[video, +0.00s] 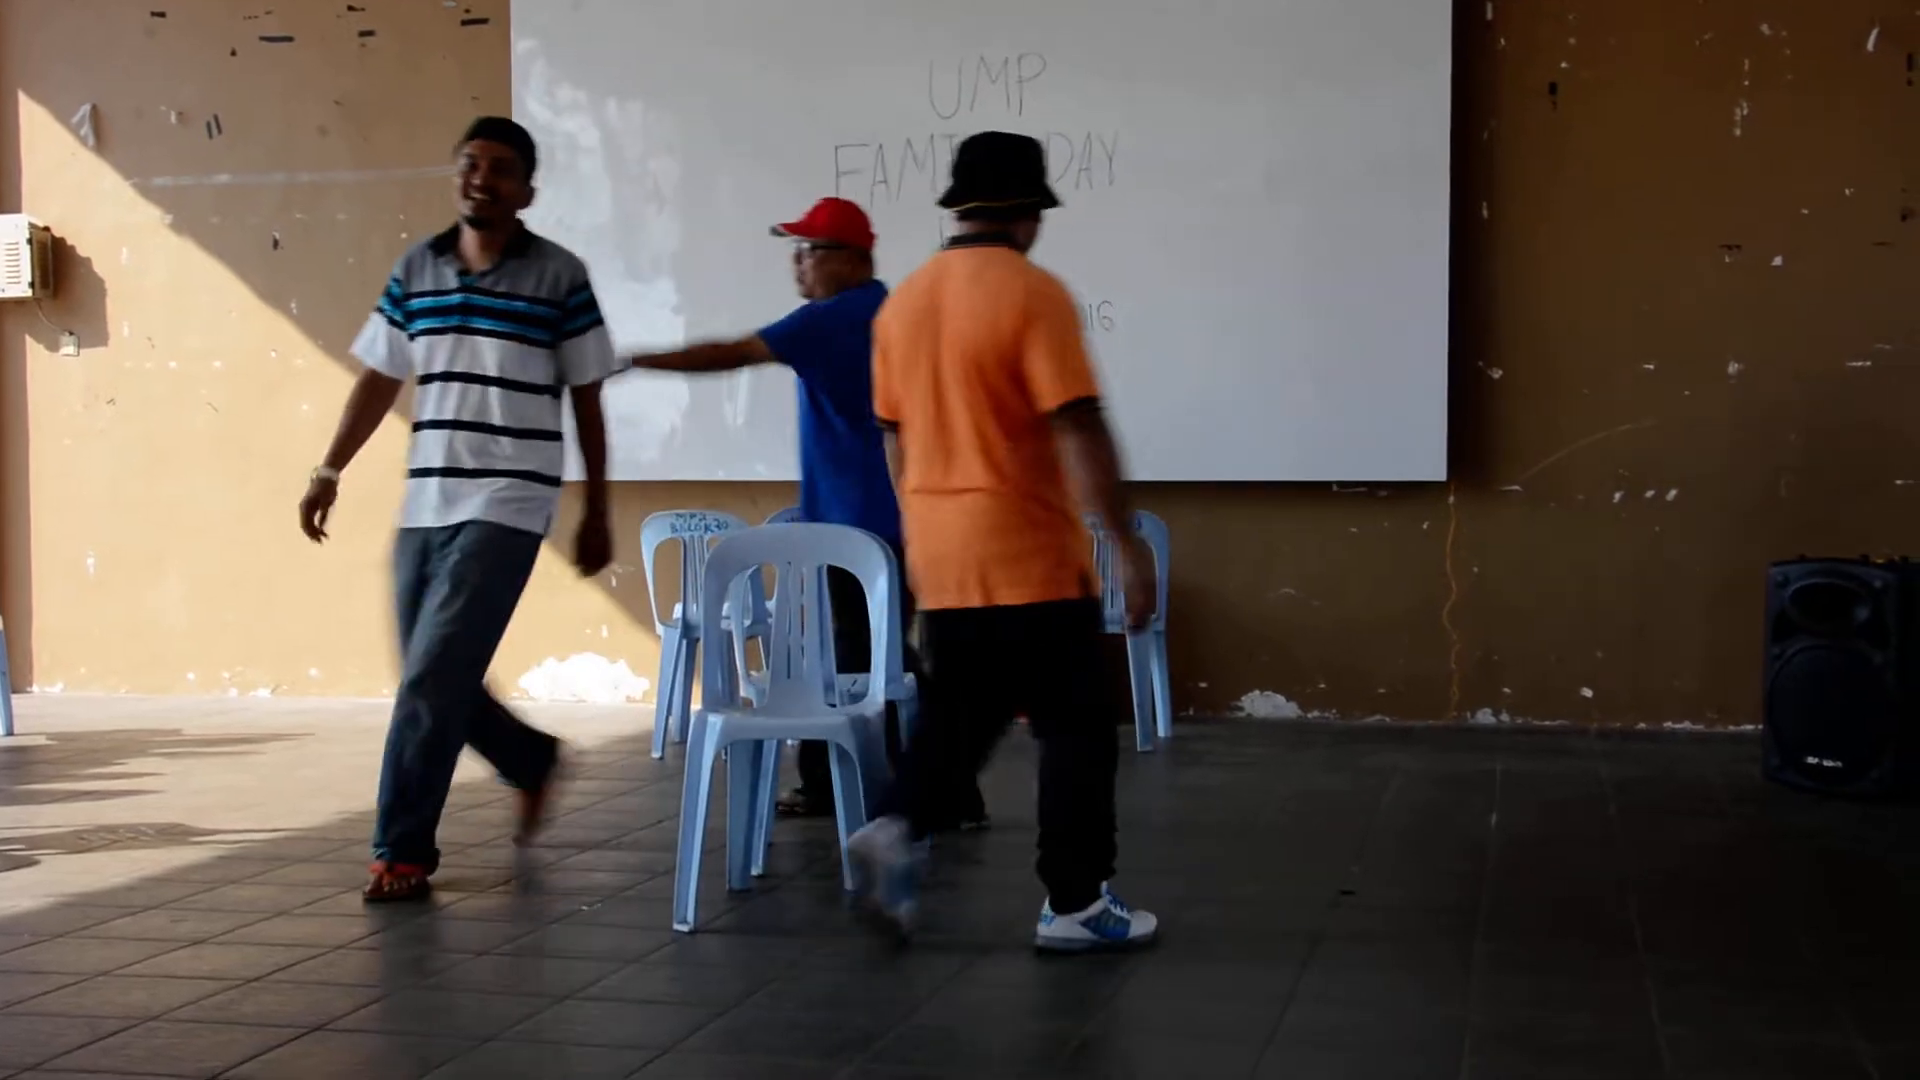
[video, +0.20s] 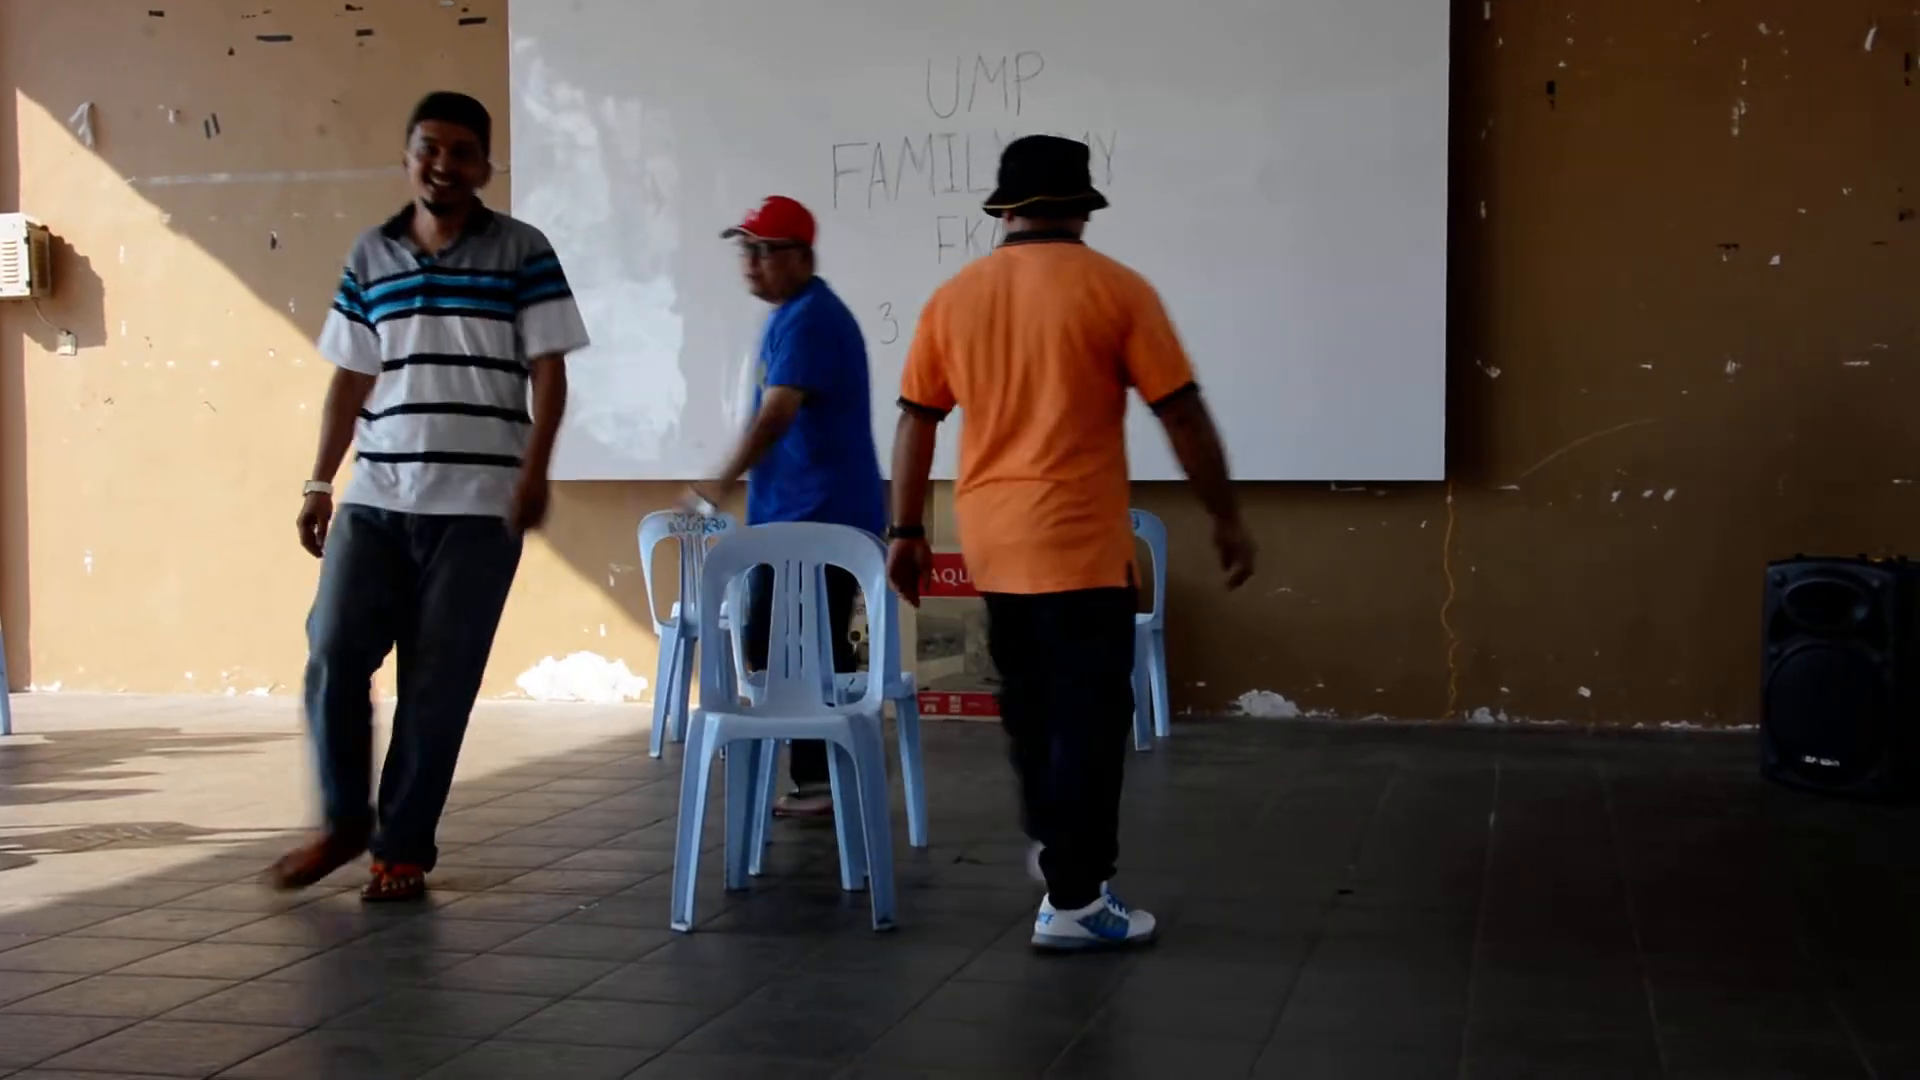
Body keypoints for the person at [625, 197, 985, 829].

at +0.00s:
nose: (798, 266)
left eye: (810, 255)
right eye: (799, 254)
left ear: (847, 260)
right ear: (854, 260)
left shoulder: (833, 316)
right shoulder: (885, 309)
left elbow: (737, 353)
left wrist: (640, 359)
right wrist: (811, 508)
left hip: (844, 521)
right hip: (890, 515)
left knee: (833, 652)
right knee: (893, 658)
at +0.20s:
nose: (751, 264)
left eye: (765, 252)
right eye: (747, 251)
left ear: (799, 258)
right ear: (745, 254)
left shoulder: (809, 319)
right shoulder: (791, 317)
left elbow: (777, 414)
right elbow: (779, 414)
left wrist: (722, 480)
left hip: (818, 517)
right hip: (802, 514)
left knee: (795, 644)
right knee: (820, 644)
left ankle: (822, 779)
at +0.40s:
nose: (702, 264)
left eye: (717, 252)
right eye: (696, 252)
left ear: (751, 259)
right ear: (689, 259)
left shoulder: (777, 323)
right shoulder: (690, 328)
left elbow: (815, 418)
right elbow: (666, 423)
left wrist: (838, 503)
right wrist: (628, 508)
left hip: (779, 526)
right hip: (717, 526)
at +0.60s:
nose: (658, 256)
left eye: (673, 245)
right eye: (649, 244)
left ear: (706, 252)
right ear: (639, 252)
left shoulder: (739, 319)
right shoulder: (631, 322)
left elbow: (800, 408)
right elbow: (617, 425)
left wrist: (850, 494)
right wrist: (598, 511)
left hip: (718, 529)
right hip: (642, 527)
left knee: (696, 664)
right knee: (630, 646)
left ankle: (669, 798)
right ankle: (708, 738)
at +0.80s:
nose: (622, 253)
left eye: (638, 241)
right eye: (611, 239)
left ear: (665, 247)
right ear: (596, 244)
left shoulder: (697, 316)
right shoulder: (572, 318)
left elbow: (728, 415)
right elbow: (555, 419)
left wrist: (722, 502)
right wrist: (543, 503)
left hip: (669, 535)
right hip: (586, 534)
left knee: (674, 683)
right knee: (557, 678)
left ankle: (667, 799)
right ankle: (529, 807)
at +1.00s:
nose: (598, 257)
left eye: (612, 245)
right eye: (585, 243)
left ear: (630, 250)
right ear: (559, 245)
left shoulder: (660, 318)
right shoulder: (532, 314)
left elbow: (682, 428)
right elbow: (501, 415)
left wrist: (611, 505)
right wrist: (519, 505)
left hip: (627, 530)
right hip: (542, 526)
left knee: (617, 665)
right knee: (525, 677)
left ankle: (637, 769)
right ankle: (520, 816)